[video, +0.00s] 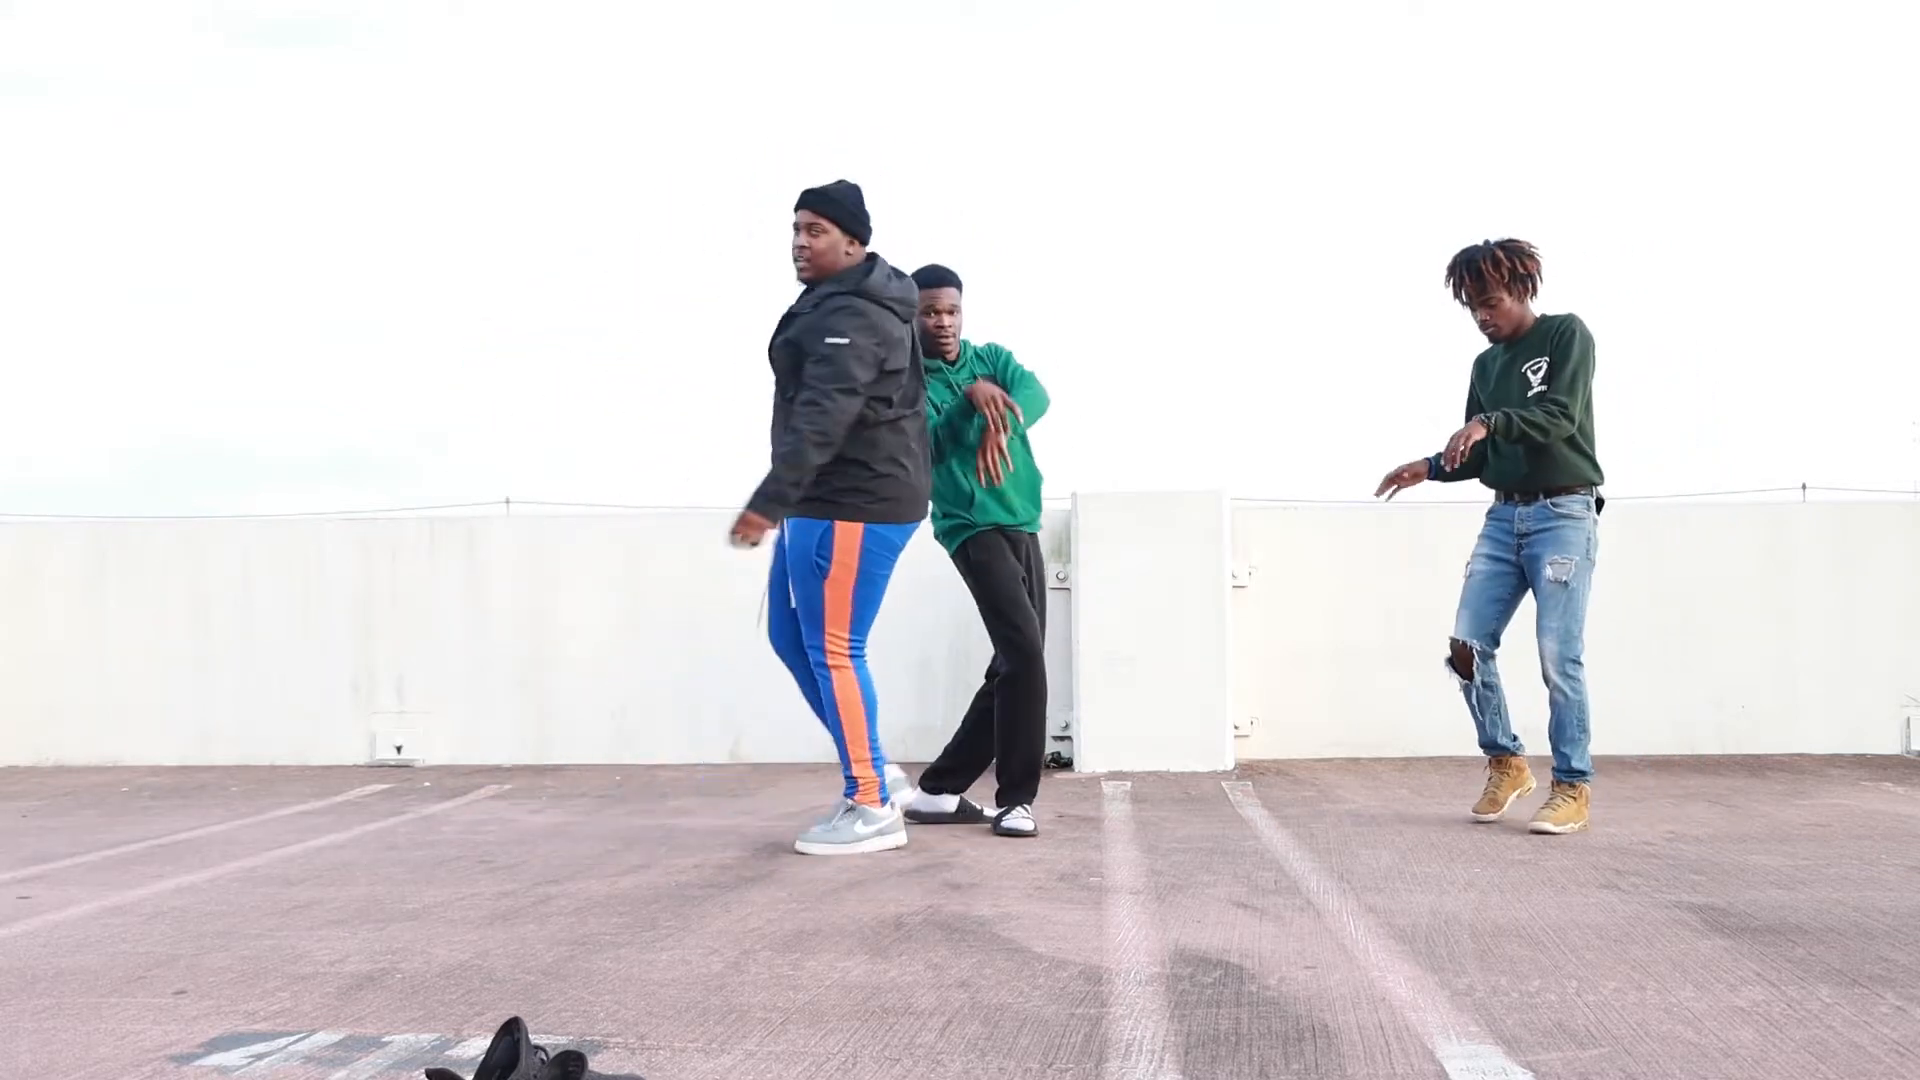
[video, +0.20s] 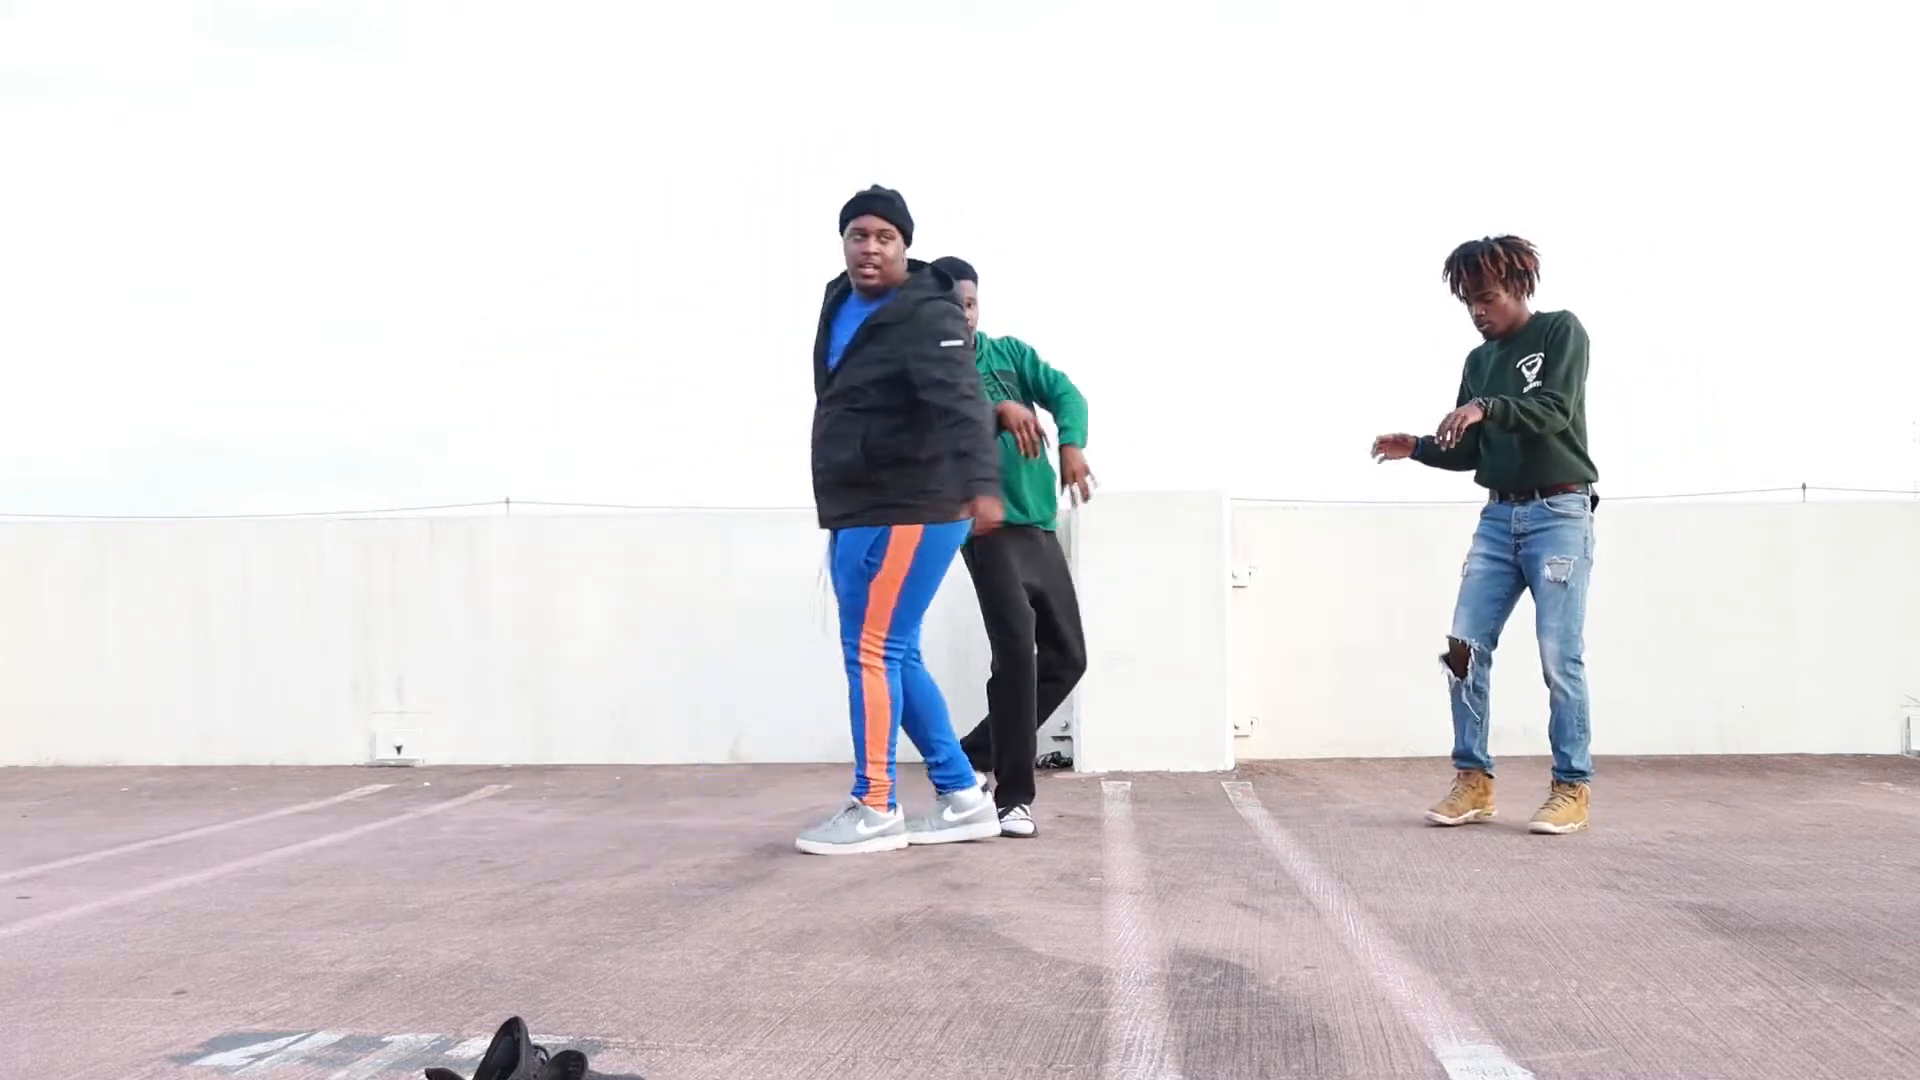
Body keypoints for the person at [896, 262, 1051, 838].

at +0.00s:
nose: (944, 323)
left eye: (952, 312)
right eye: (932, 313)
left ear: (964, 315)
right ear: (912, 318)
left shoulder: (988, 358)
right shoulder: (911, 378)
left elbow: (1035, 394)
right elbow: (929, 444)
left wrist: (1000, 420)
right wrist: (971, 398)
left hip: (1021, 522)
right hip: (969, 524)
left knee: (1021, 658)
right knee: (1022, 647)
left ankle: (938, 789)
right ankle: (1016, 800)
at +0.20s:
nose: (966, 315)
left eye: (971, 305)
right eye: (955, 307)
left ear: (980, 305)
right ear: (935, 311)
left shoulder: (1008, 354)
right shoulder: (935, 365)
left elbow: (1065, 394)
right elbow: (948, 413)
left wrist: (1071, 446)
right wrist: (998, 409)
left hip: (1037, 530)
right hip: (989, 530)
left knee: (1068, 659)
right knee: (1016, 654)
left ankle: (973, 755)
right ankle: (1014, 797)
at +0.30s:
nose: (983, 297)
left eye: (986, 286)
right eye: (971, 288)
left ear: (992, 289)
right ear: (948, 295)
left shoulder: (1013, 345)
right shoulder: (939, 352)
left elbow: (1063, 367)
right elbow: (965, 381)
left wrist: (1102, 387)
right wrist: (1017, 358)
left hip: (1039, 517)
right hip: (989, 520)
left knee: (1078, 643)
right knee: (1013, 649)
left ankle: (1012, 763)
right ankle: (1011, 796)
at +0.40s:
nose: (989, 288)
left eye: (992, 279)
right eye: (978, 280)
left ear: (997, 280)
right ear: (959, 288)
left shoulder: (1018, 341)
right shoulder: (950, 342)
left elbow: (1073, 364)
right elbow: (974, 345)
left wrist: (1112, 339)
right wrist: (1024, 307)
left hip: (1043, 512)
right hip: (996, 516)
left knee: (1081, 637)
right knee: (1008, 651)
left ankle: (1039, 768)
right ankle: (1006, 790)